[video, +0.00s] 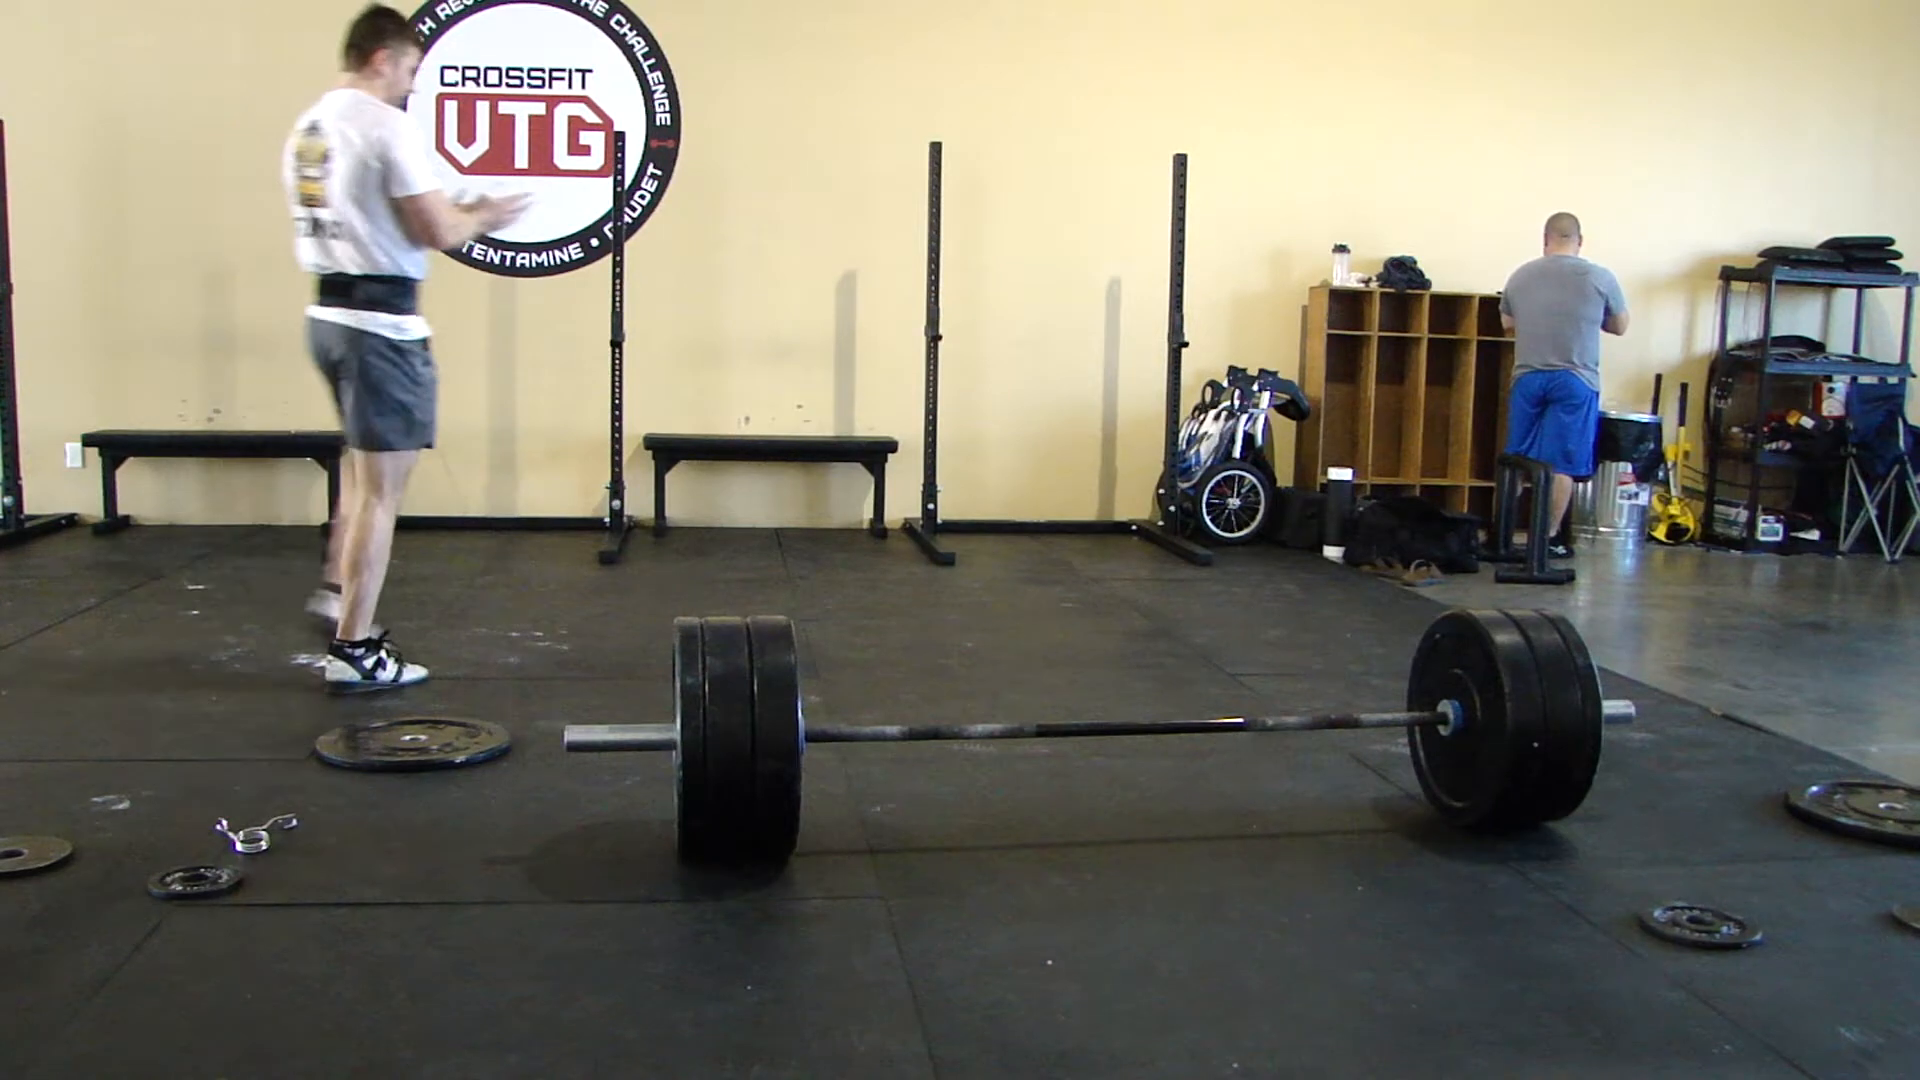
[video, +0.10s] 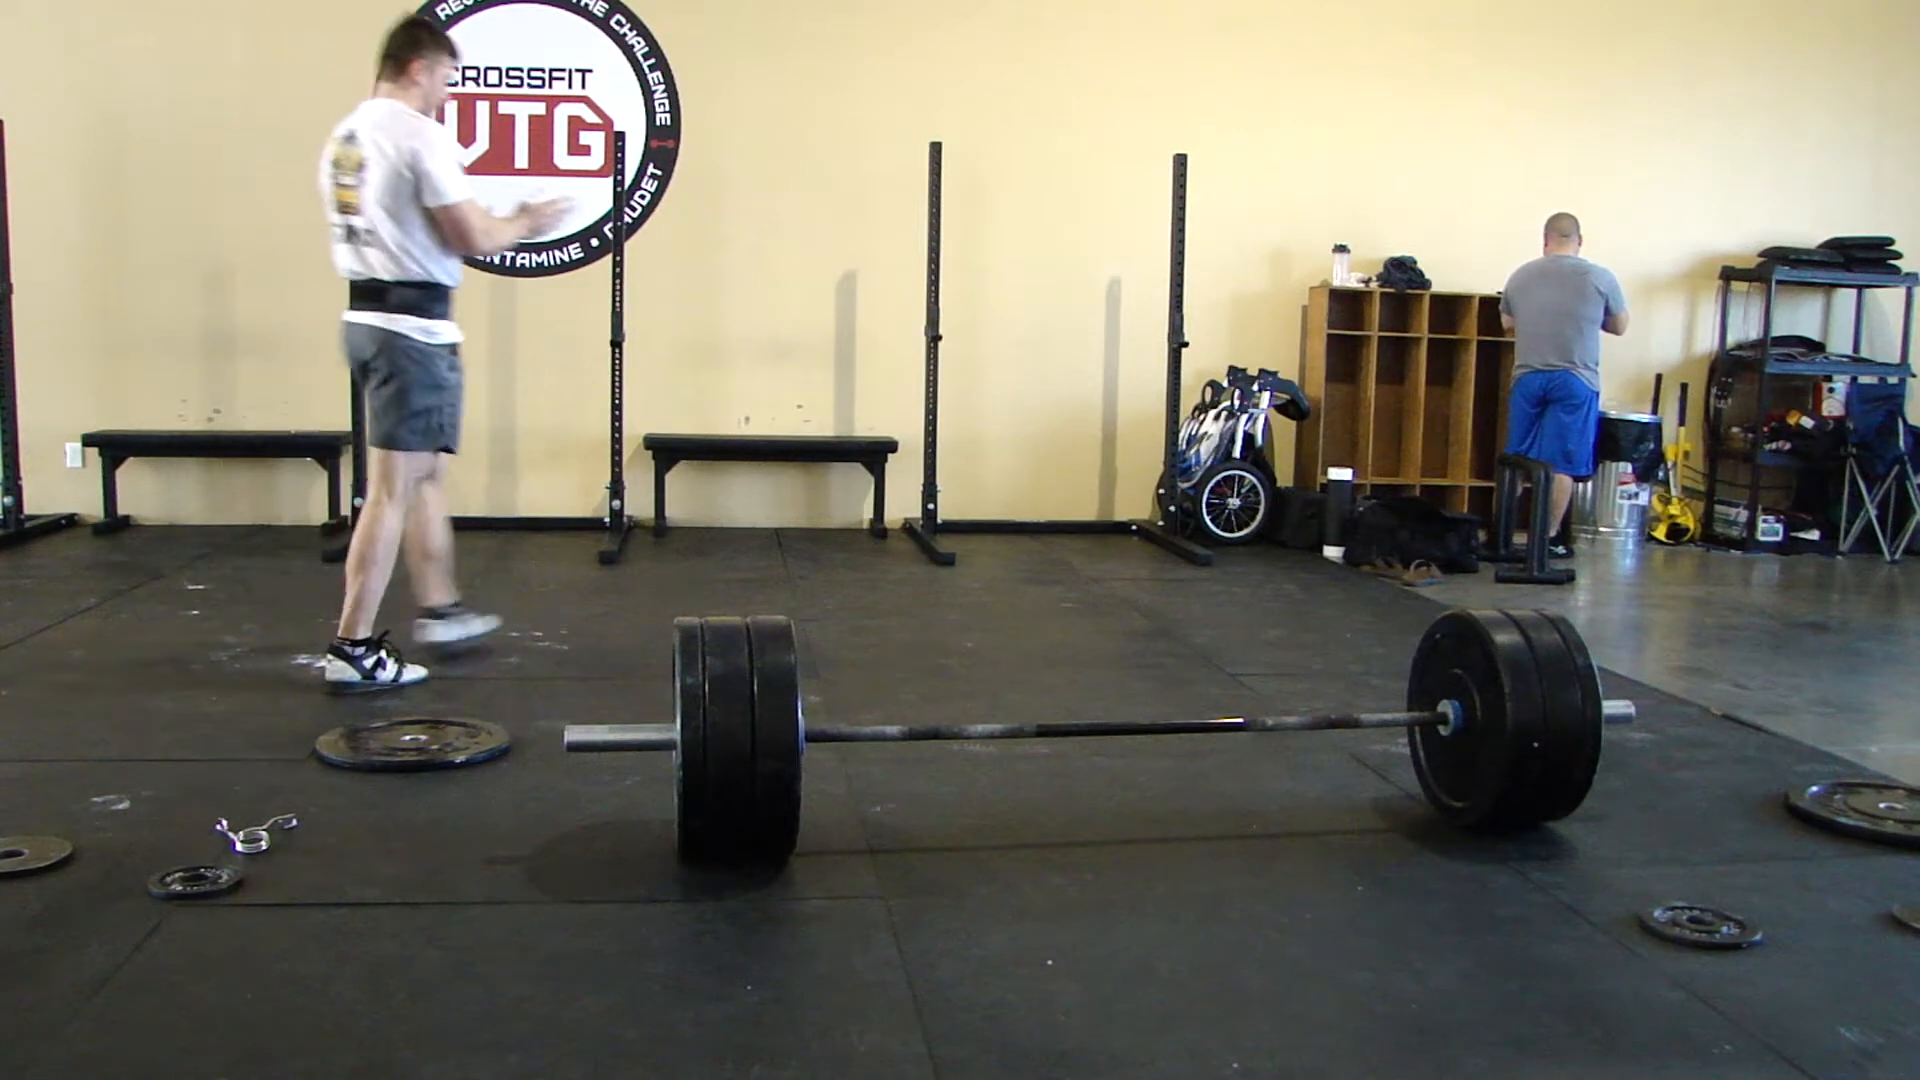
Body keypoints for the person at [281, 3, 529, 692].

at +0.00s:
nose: (413, 85)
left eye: (415, 72)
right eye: (411, 70)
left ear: (360, 58)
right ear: (383, 58)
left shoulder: (311, 122)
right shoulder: (383, 125)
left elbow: (367, 216)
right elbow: (435, 228)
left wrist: (458, 208)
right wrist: (487, 214)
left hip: (329, 324)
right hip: (383, 334)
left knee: (361, 465)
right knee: (380, 495)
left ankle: (336, 591)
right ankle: (357, 646)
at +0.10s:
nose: (449, 93)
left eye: (451, 80)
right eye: (446, 78)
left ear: (396, 70)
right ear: (416, 69)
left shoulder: (347, 132)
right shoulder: (416, 134)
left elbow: (394, 226)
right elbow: (471, 237)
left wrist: (492, 217)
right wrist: (528, 222)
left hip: (367, 327)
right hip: (413, 336)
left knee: (425, 476)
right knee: (388, 493)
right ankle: (353, 646)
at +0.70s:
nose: (644, 110)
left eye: (650, 99)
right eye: (633, 98)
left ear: (649, 99)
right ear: (597, 94)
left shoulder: (608, 156)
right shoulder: (587, 151)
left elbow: (619, 247)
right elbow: (585, 240)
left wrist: (684, 248)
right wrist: (650, 305)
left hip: (581, 323)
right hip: (609, 326)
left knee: (571, 462)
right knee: (672, 456)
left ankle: (535, 606)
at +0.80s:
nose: (676, 120)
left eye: (683, 109)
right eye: (664, 108)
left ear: (687, 112)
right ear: (632, 108)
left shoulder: (646, 171)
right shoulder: (621, 162)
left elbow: (650, 260)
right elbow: (607, 255)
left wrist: (714, 254)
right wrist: (634, 340)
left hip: (611, 339)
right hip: (645, 341)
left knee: (588, 474)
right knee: (698, 479)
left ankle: (537, 606)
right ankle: (755, 602)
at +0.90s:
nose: (713, 121)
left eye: (720, 112)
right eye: (702, 109)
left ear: (725, 114)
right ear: (671, 107)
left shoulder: (681, 170)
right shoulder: (659, 170)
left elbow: (684, 264)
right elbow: (633, 260)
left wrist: (743, 264)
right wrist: (624, 349)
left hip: (660, 350)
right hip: (690, 353)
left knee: (630, 470)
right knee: (744, 479)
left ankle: (549, 592)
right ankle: (776, 616)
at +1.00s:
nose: (748, 117)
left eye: (755, 107)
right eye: (737, 105)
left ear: (758, 109)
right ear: (706, 104)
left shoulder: (724, 169)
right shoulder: (697, 165)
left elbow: (720, 256)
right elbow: (664, 257)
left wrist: (776, 264)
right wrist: (645, 348)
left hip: (707, 339)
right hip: (727, 341)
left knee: (698, 465)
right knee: (772, 473)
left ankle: (597, 563)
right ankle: (777, 613)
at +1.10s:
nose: (776, 110)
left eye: (784, 100)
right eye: (765, 98)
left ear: (789, 104)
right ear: (736, 99)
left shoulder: (761, 167)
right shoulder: (723, 162)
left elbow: (756, 254)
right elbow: (698, 254)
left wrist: (805, 262)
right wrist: (703, 346)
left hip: (769, 328)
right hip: (747, 330)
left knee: (769, 460)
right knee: (777, 469)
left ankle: (670, 545)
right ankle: (777, 613)